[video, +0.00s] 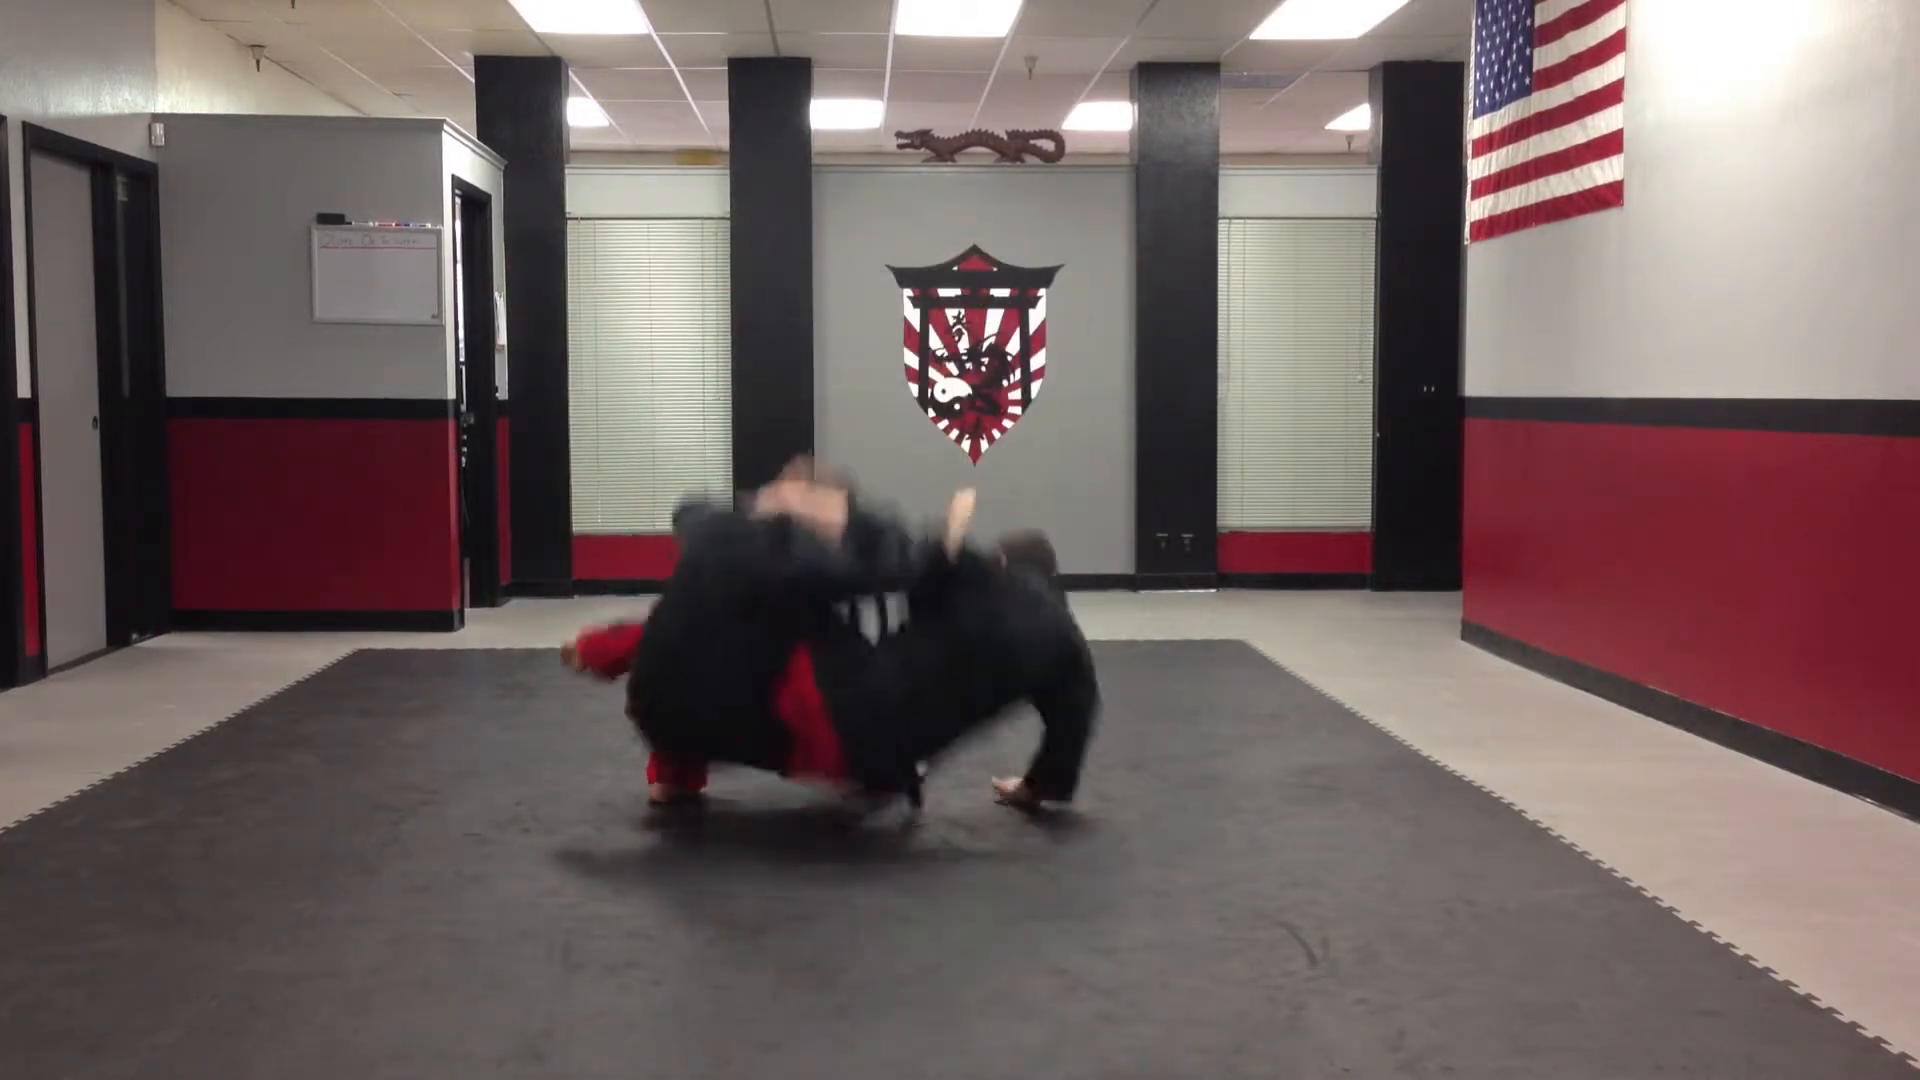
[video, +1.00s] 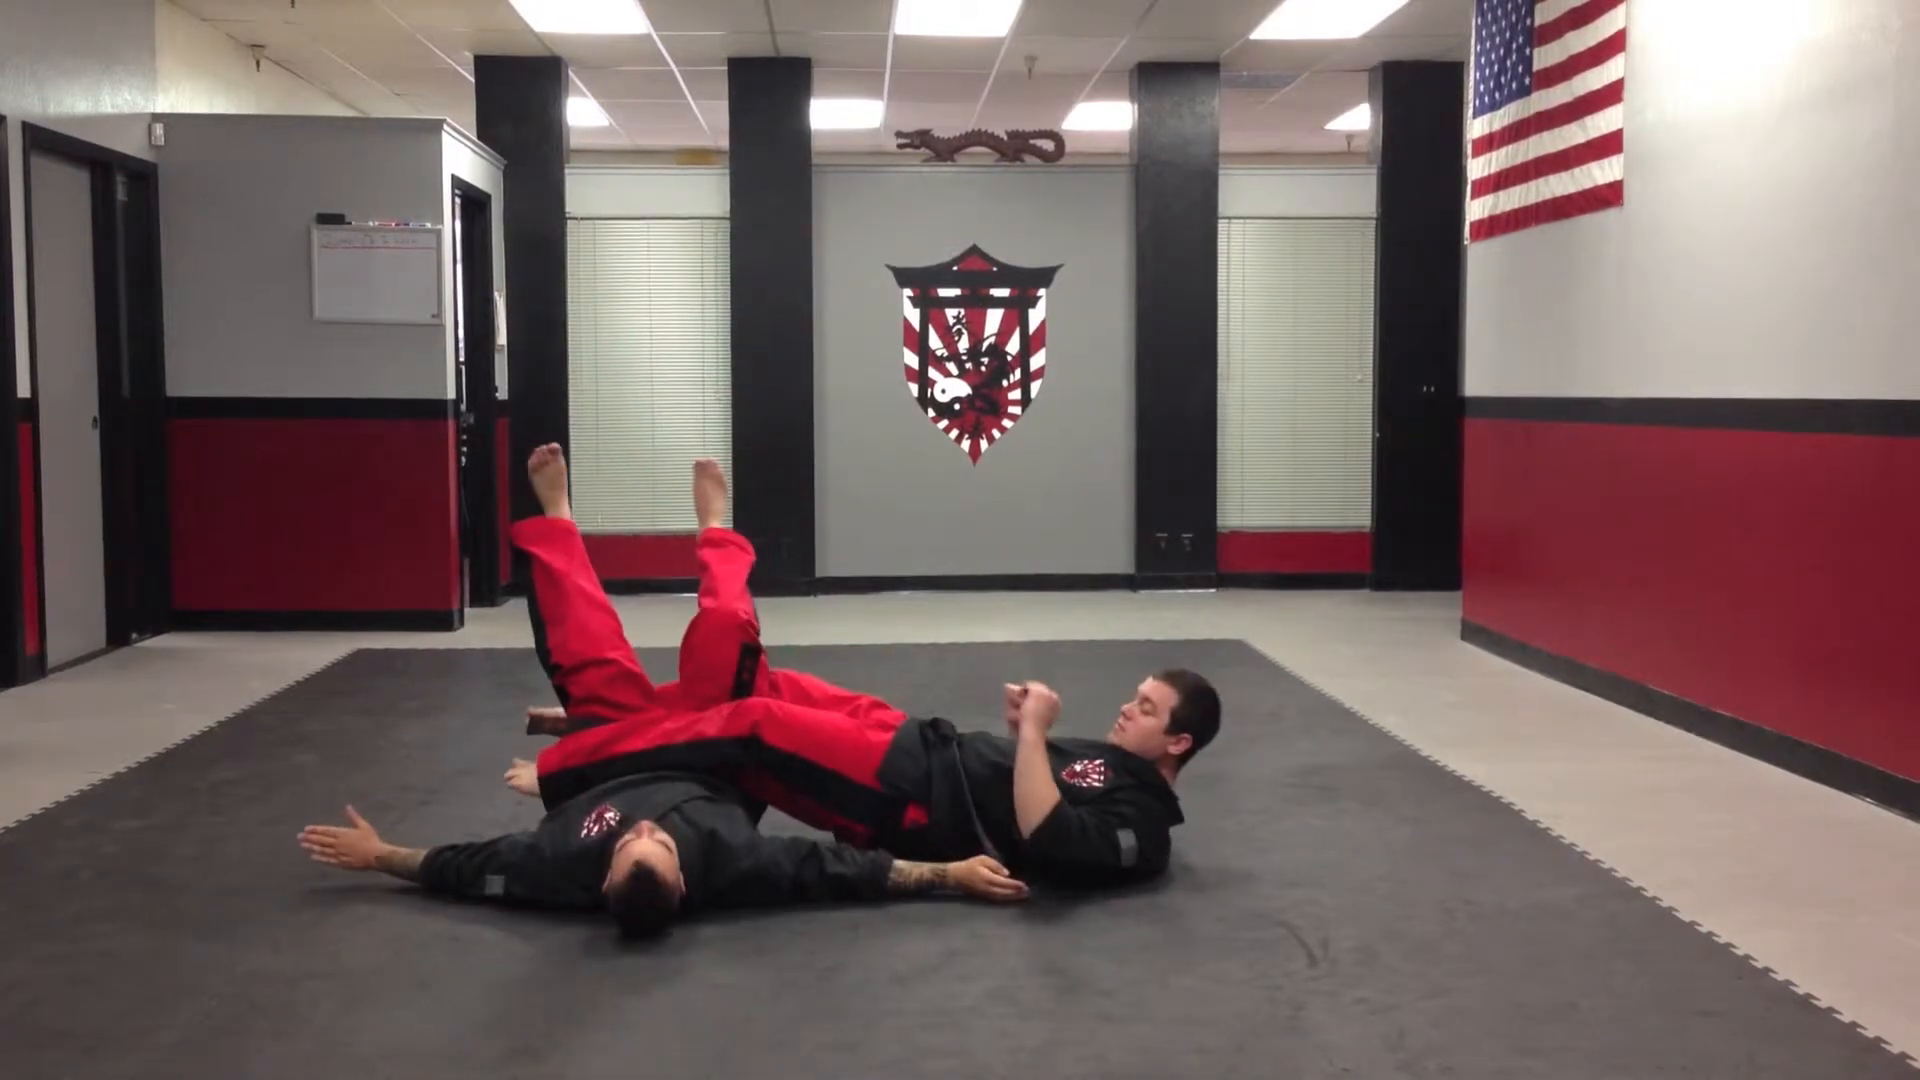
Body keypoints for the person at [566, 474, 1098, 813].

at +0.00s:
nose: (995, 554)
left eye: (1000, 551)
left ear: (1005, 557)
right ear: (1057, 578)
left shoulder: (977, 575)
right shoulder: (1064, 651)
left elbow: (908, 561)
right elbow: (1068, 733)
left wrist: (843, 512)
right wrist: (1039, 792)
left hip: (809, 696)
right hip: (850, 757)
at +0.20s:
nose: (1029, 609)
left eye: (1040, 595)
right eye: (1035, 596)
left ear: (1073, 605)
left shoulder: (1056, 650)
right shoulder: (1116, 705)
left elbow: (980, 725)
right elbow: (1081, 811)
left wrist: (896, 761)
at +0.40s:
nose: (1073, 654)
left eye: (1087, 646)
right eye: (1078, 643)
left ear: (1126, 662)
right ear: (1122, 657)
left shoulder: (1122, 726)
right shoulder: (1085, 694)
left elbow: (1088, 839)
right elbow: (1027, 752)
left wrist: (997, 811)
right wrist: (1000, 719)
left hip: (913, 776)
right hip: (911, 745)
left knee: (756, 719)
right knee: (758, 704)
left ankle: (581, 749)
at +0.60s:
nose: (1144, 713)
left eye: (1164, 715)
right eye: (1153, 705)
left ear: (1191, 753)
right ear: (1160, 726)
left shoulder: (1156, 818)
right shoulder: (1121, 762)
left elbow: (1065, 867)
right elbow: (1036, 785)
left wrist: (1040, 757)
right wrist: (1071, 732)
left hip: (913, 778)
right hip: (908, 728)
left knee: (759, 714)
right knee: (748, 673)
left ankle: (569, 760)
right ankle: (768, 524)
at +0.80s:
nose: (1137, 716)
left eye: (1157, 716)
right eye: (1145, 707)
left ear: (1186, 753)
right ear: (1149, 721)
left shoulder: (1150, 818)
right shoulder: (1111, 763)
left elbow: (1066, 869)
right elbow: (1018, 790)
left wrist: (1042, 760)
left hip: (913, 782)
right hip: (912, 737)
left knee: (767, 719)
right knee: (772, 687)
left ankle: (572, 765)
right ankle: (611, 733)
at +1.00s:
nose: (1127, 711)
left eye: (1147, 710)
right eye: (1134, 702)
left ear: (1178, 745)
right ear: (1138, 716)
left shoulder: (1142, 815)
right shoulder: (1104, 759)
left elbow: (1046, 841)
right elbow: (1025, 788)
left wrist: (1033, 737)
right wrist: (1025, 730)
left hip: (913, 785)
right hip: (908, 737)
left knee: (763, 714)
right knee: (768, 683)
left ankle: (570, 767)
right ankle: (601, 726)